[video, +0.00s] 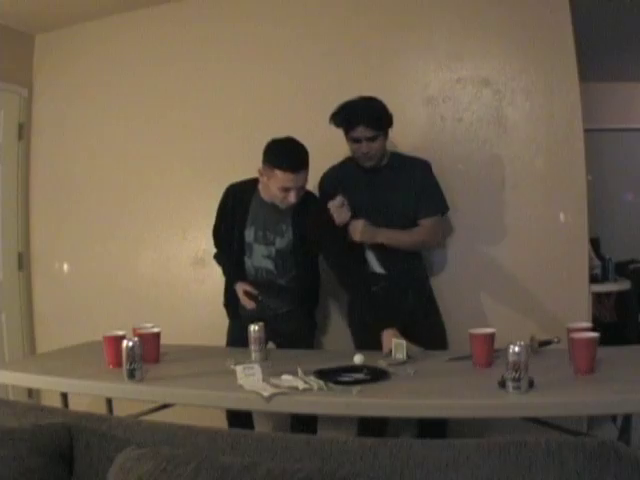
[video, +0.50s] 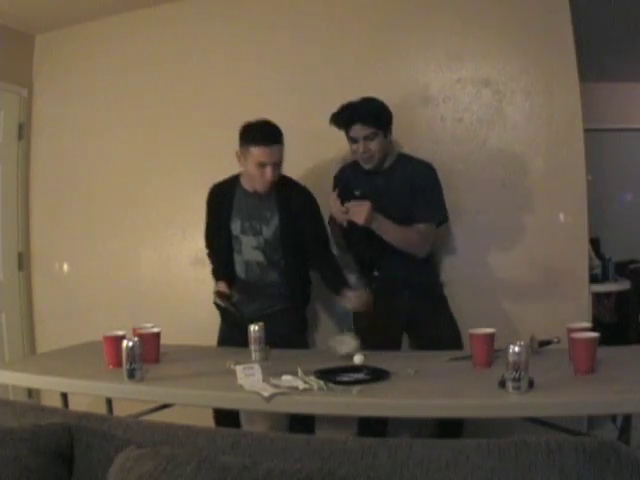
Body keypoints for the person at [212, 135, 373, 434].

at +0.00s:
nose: (294, 198)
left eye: (300, 189)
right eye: (285, 190)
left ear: (306, 177)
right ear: (263, 175)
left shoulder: (311, 208)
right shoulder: (236, 197)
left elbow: (343, 264)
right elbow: (223, 244)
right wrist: (235, 280)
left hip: (295, 317)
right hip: (246, 315)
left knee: (299, 398)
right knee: (235, 394)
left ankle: (301, 464)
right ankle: (242, 460)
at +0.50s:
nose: (271, 174)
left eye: (276, 165)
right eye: (262, 166)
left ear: (282, 158)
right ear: (241, 160)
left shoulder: (298, 198)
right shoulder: (221, 195)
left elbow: (319, 253)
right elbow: (216, 243)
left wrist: (343, 289)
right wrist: (222, 278)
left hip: (286, 313)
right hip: (237, 312)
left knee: (295, 393)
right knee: (223, 391)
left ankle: (301, 462)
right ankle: (228, 462)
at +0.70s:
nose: (247, 159)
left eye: (252, 150)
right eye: (239, 151)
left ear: (258, 150)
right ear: (219, 150)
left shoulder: (274, 192)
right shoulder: (200, 198)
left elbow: (299, 253)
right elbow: (191, 253)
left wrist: (319, 308)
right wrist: (199, 284)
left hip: (269, 311)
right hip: (220, 313)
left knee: (285, 391)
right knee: (209, 392)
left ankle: (296, 461)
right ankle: (225, 456)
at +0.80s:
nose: (236, 144)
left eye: (241, 137)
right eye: (228, 137)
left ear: (247, 140)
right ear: (210, 142)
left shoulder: (262, 181)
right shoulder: (191, 192)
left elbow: (294, 199)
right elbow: (177, 245)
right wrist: (182, 261)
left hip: (258, 305)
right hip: (212, 310)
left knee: (277, 383)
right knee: (211, 392)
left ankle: (292, 456)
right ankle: (225, 457)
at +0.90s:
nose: (227, 133)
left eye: (231, 126)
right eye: (217, 127)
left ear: (238, 133)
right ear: (200, 136)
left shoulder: (254, 174)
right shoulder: (183, 190)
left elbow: (284, 152)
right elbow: (165, 252)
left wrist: (285, 98)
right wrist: (171, 250)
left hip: (252, 299)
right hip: (207, 306)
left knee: (268, 384)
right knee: (214, 395)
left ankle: (277, 460)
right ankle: (227, 463)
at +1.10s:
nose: (216, 134)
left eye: (220, 130)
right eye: (207, 130)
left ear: (227, 142)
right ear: (191, 144)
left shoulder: (245, 176)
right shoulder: (179, 192)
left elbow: (274, 136)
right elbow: (151, 233)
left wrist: (274, 77)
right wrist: (161, 185)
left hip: (245, 304)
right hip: (200, 309)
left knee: (251, 385)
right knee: (206, 394)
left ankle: (253, 454)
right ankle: (221, 456)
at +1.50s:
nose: (211, 134)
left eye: (217, 129)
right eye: (203, 129)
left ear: (226, 140)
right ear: (191, 142)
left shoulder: (242, 178)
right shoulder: (185, 185)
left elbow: (265, 161)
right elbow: (168, 180)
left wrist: (271, 113)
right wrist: (173, 129)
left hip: (236, 297)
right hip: (195, 299)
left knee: (243, 376)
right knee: (182, 376)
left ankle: (245, 447)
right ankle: (202, 444)